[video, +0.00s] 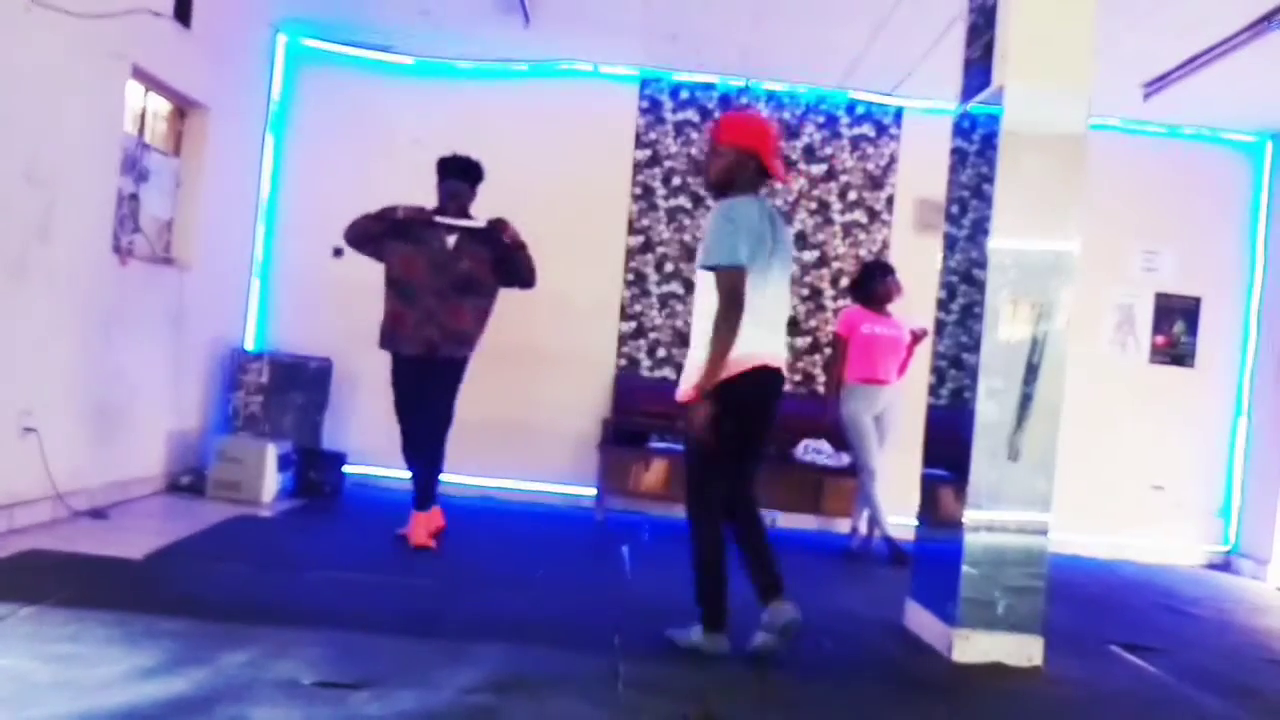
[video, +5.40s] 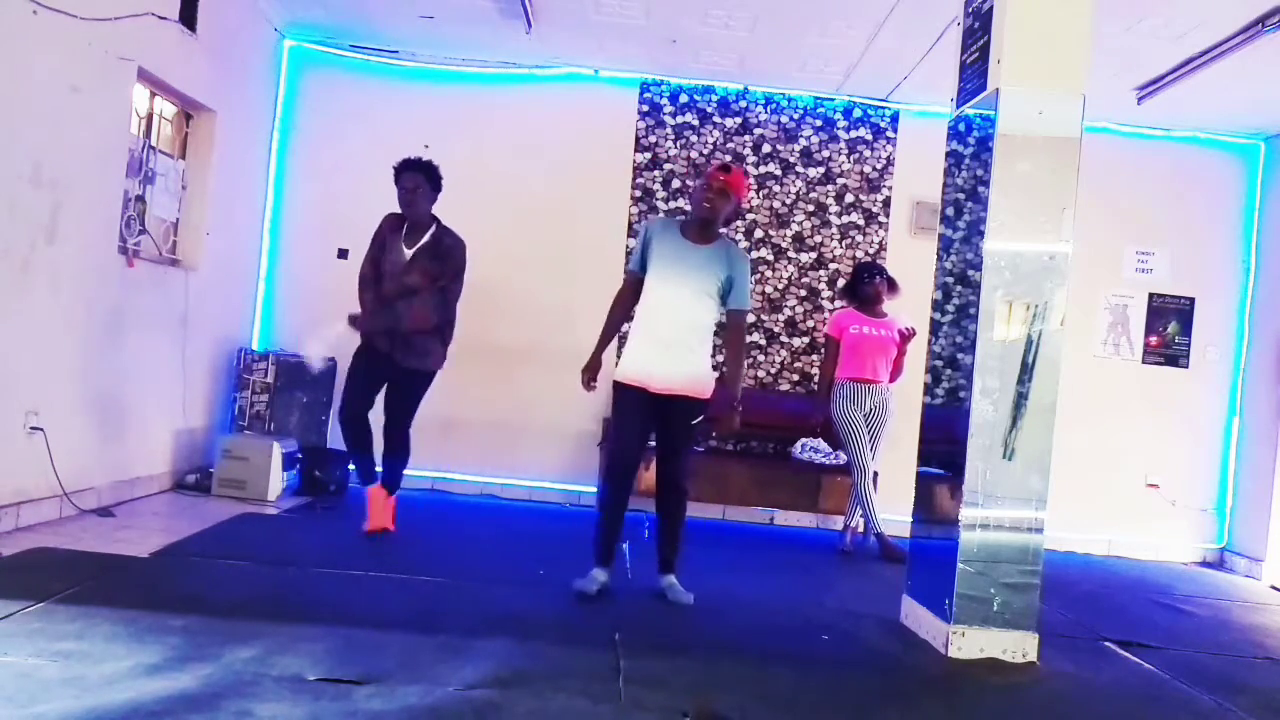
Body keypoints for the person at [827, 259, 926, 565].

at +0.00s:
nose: (897, 287)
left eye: (895, 280)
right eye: (890, 281)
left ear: (889, 285)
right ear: (874, 286)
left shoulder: (895, 325)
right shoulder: (852, 316)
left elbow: (898, 372)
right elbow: (837, 362)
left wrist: (912, 346)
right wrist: (833, 401)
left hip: (887, 391)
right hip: (857, 389)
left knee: (872, 466)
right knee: (869, 464)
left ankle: (858, 531)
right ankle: (887, 536)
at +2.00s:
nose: (888, 285)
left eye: (889, 280)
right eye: (881, 280)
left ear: (889, 287)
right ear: (865, 287)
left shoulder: (894, 328)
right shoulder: (845, 317)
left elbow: (892, 374)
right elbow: (830, 364)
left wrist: (905, 347)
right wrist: (825, 404)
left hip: (881, 397)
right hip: (850, 395)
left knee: (868, 464)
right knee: (867, 463)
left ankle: (850, 532)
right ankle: (887, 536)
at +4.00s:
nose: (879, 294)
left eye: (881, 287)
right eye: (872, 287)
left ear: (885, 289)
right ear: (856, 288)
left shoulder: (888, 327)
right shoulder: (839, 317)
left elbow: (889, 376)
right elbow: (825, 364)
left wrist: (898, 347)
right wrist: (819, 403)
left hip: (876, 397)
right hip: (844, 394)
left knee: (864, 465)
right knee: (862, 463)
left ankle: (846, 532)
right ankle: (884, 534)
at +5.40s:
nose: (879, 283)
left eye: (882, 278)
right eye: (871, 278)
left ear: (887, 286)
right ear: (859, 287)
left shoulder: (893, 326)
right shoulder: (842, 318)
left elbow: (893, 376)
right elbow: (828, 365)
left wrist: (903, 349)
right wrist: (823, 406)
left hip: (880, 397)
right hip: (847, 393)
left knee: (866, 465)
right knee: (861, 463)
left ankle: (848, 531)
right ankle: (881, 536)